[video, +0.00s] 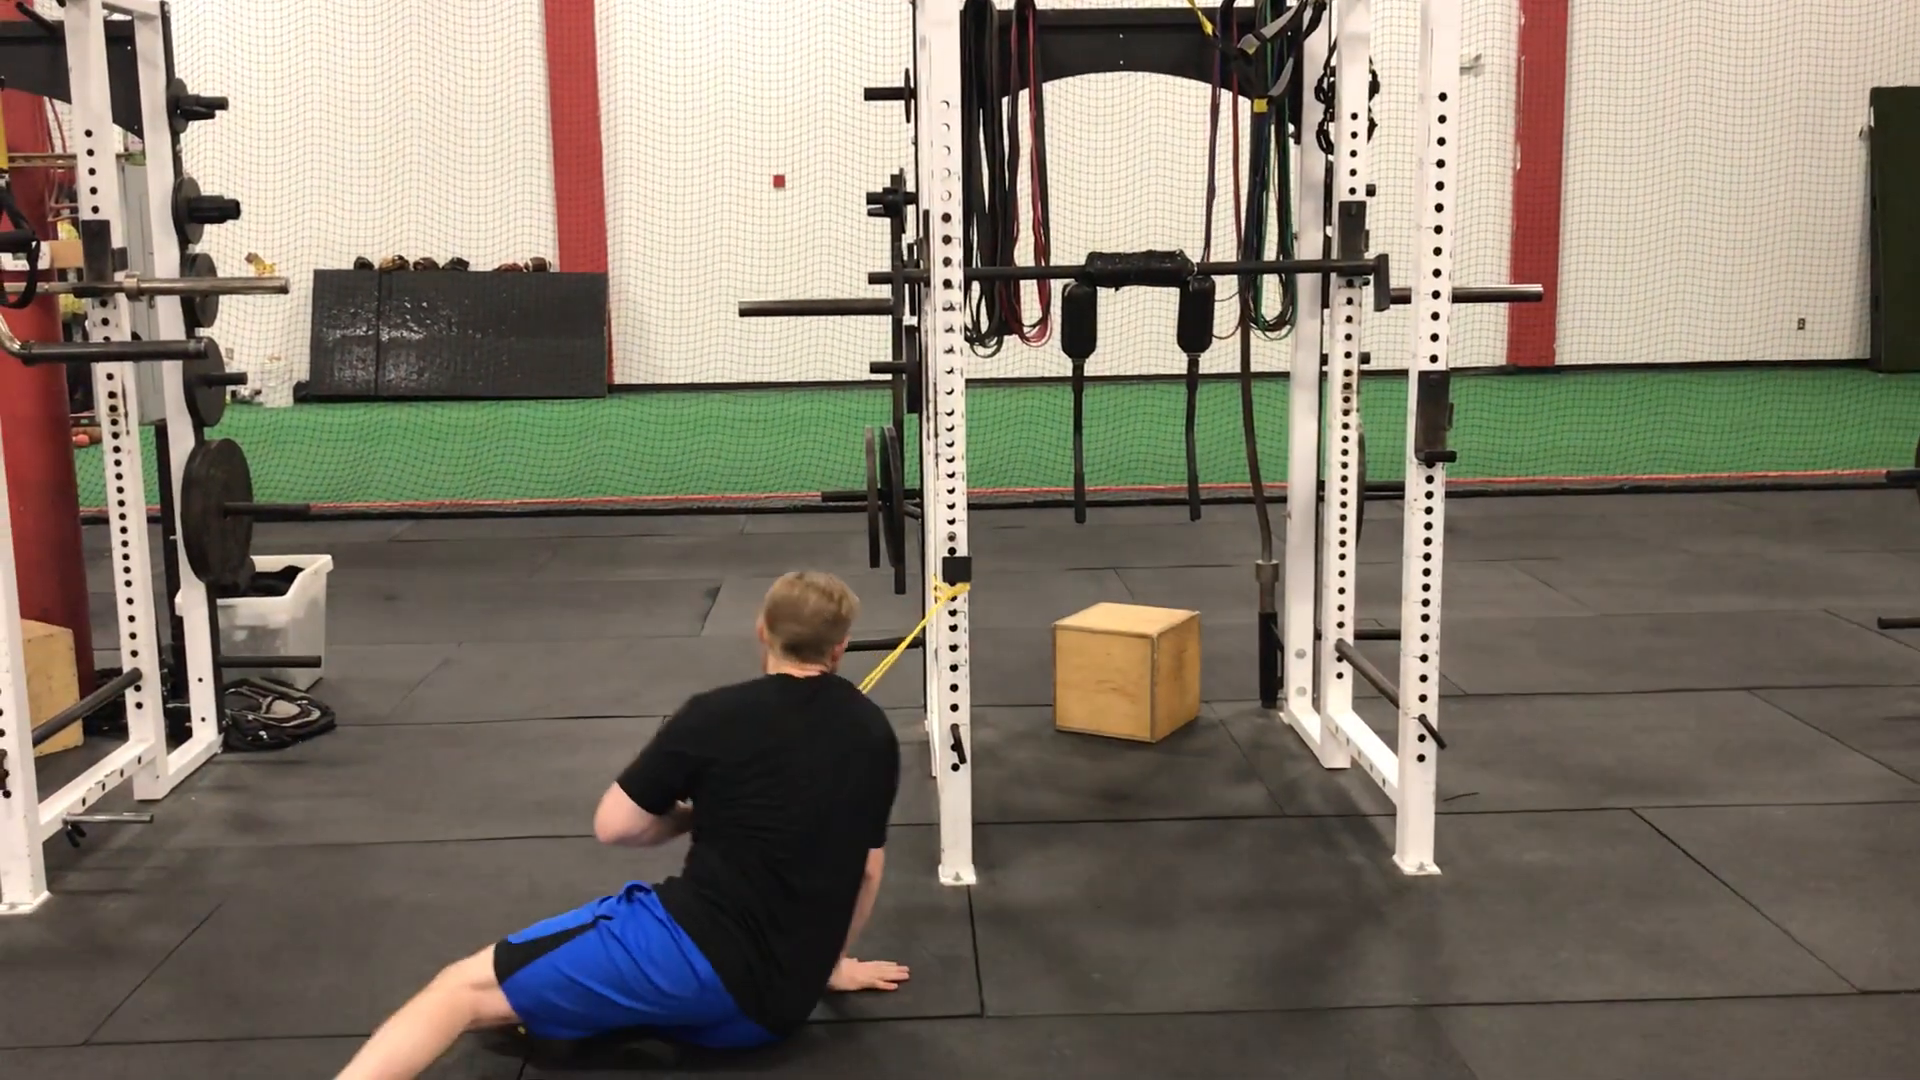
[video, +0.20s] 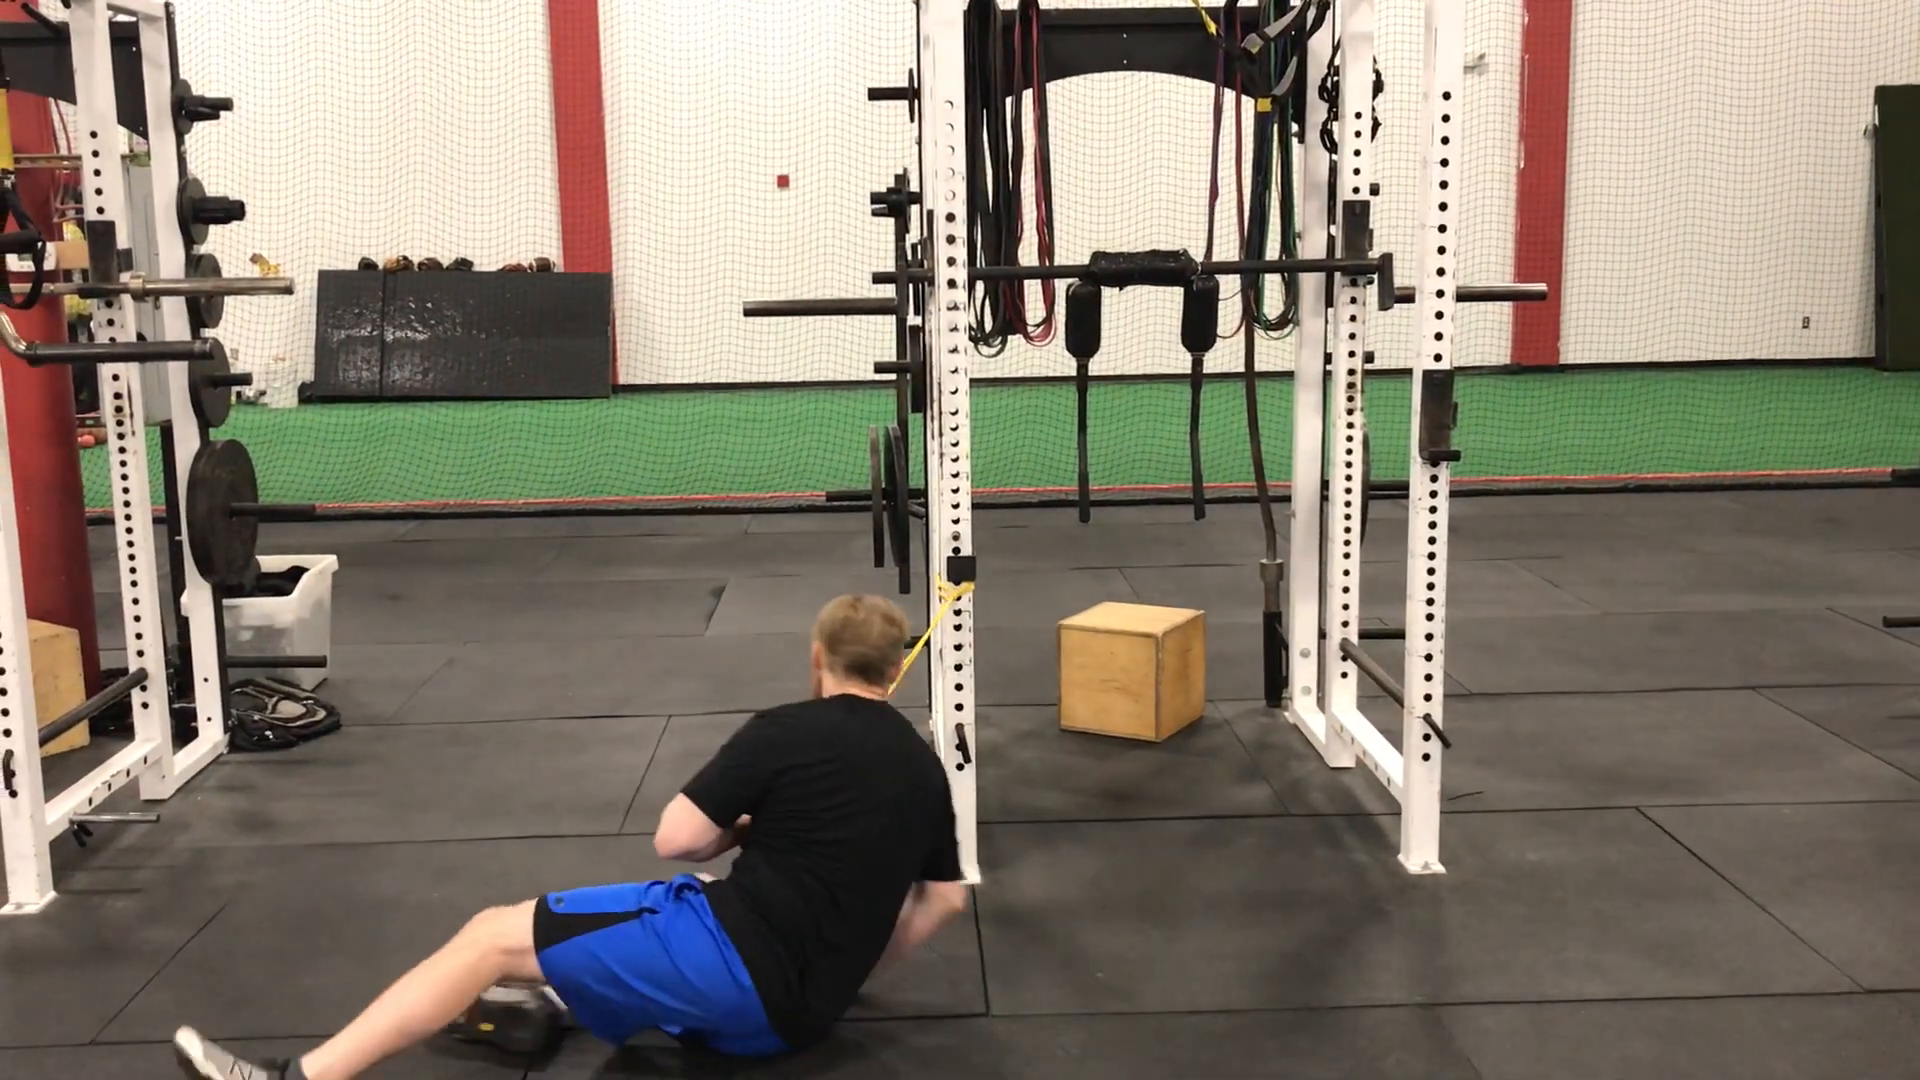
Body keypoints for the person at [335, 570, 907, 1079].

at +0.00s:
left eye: (764, 626)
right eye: (840, 642)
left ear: (761, 635)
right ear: (842, 649)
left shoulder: (718, 715)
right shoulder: (874, 731)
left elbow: (615, 826)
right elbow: (867, 871)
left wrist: (697, 811)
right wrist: (837, 962)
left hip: (686, 950)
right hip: (773, 1003)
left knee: (463, 987)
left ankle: (357, 1071)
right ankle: (523, 1013)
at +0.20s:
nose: (812, 667)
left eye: (813, 655)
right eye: (827, 658)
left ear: (822, 660)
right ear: (902, 674)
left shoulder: (786, 730)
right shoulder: (926, 764)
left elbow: (678, 838)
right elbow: (942, 897)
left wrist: (730, 845)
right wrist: (870, 960)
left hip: (718, 951)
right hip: (791, 1006)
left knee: (494, 936)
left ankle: (305, 1071)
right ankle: (533, 1006)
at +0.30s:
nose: (843, 681)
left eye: (845, 671)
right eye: (859, 676)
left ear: (853, 676)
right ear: (932, 695)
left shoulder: (814, 737)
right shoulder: (952, 796)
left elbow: (697, 826)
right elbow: (979, 937)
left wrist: (766, 827)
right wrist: (895, 924)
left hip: (730, 957)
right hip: (794, 1015)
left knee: (506, 920)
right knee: (666, 885)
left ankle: (304, 1054)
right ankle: (472, 1002)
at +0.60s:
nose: (922, 711)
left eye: (930, 705)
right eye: (937, 708)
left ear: (938, 718)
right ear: (996, 763)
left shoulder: (890, 749)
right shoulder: (980, 850)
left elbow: (750, 742)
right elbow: (1000, 994)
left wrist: (820, 825)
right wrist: (953, 929)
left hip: (752, 969)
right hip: (789, 1010)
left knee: (548, 867)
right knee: (580, 922)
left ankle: (372, 1042)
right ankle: (413, 995)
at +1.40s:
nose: (894, 766)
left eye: (903, 755)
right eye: (905, 756)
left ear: (914, 773)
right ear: (971, 802)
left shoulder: (876, 845)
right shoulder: (944, 897)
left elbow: (740, 859)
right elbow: (929, 982)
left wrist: (817, 844)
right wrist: (849, 912)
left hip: (699, 1021)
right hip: (743, 997)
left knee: (501, 865)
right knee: (581, 840)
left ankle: (379, 1057)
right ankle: (410, 1008)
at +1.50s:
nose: (918, 788)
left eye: (927, 780)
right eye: (928, 779)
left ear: (939, 800)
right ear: (985, 824)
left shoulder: (913, 883)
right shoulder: (948, 887)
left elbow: (779, 898)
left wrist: (811, 859)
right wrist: (820, 873)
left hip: (712, 1025)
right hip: (737, 986)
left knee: (521, 860)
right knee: (583, 840)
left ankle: (385, 1051)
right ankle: (419, 1001)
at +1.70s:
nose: (966, 821)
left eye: (979, 817)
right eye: (978, 813)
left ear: (999, 852)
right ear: (1012, 868)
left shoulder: (971, 941)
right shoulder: (967, 915)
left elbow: (859, 976)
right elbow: (892, 952)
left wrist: (842, 908)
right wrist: (875, 917)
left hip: (734, 1024)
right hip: (752, 978)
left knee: (577, 839)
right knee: (609, 817)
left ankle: (412, 1010)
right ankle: (425, 957)